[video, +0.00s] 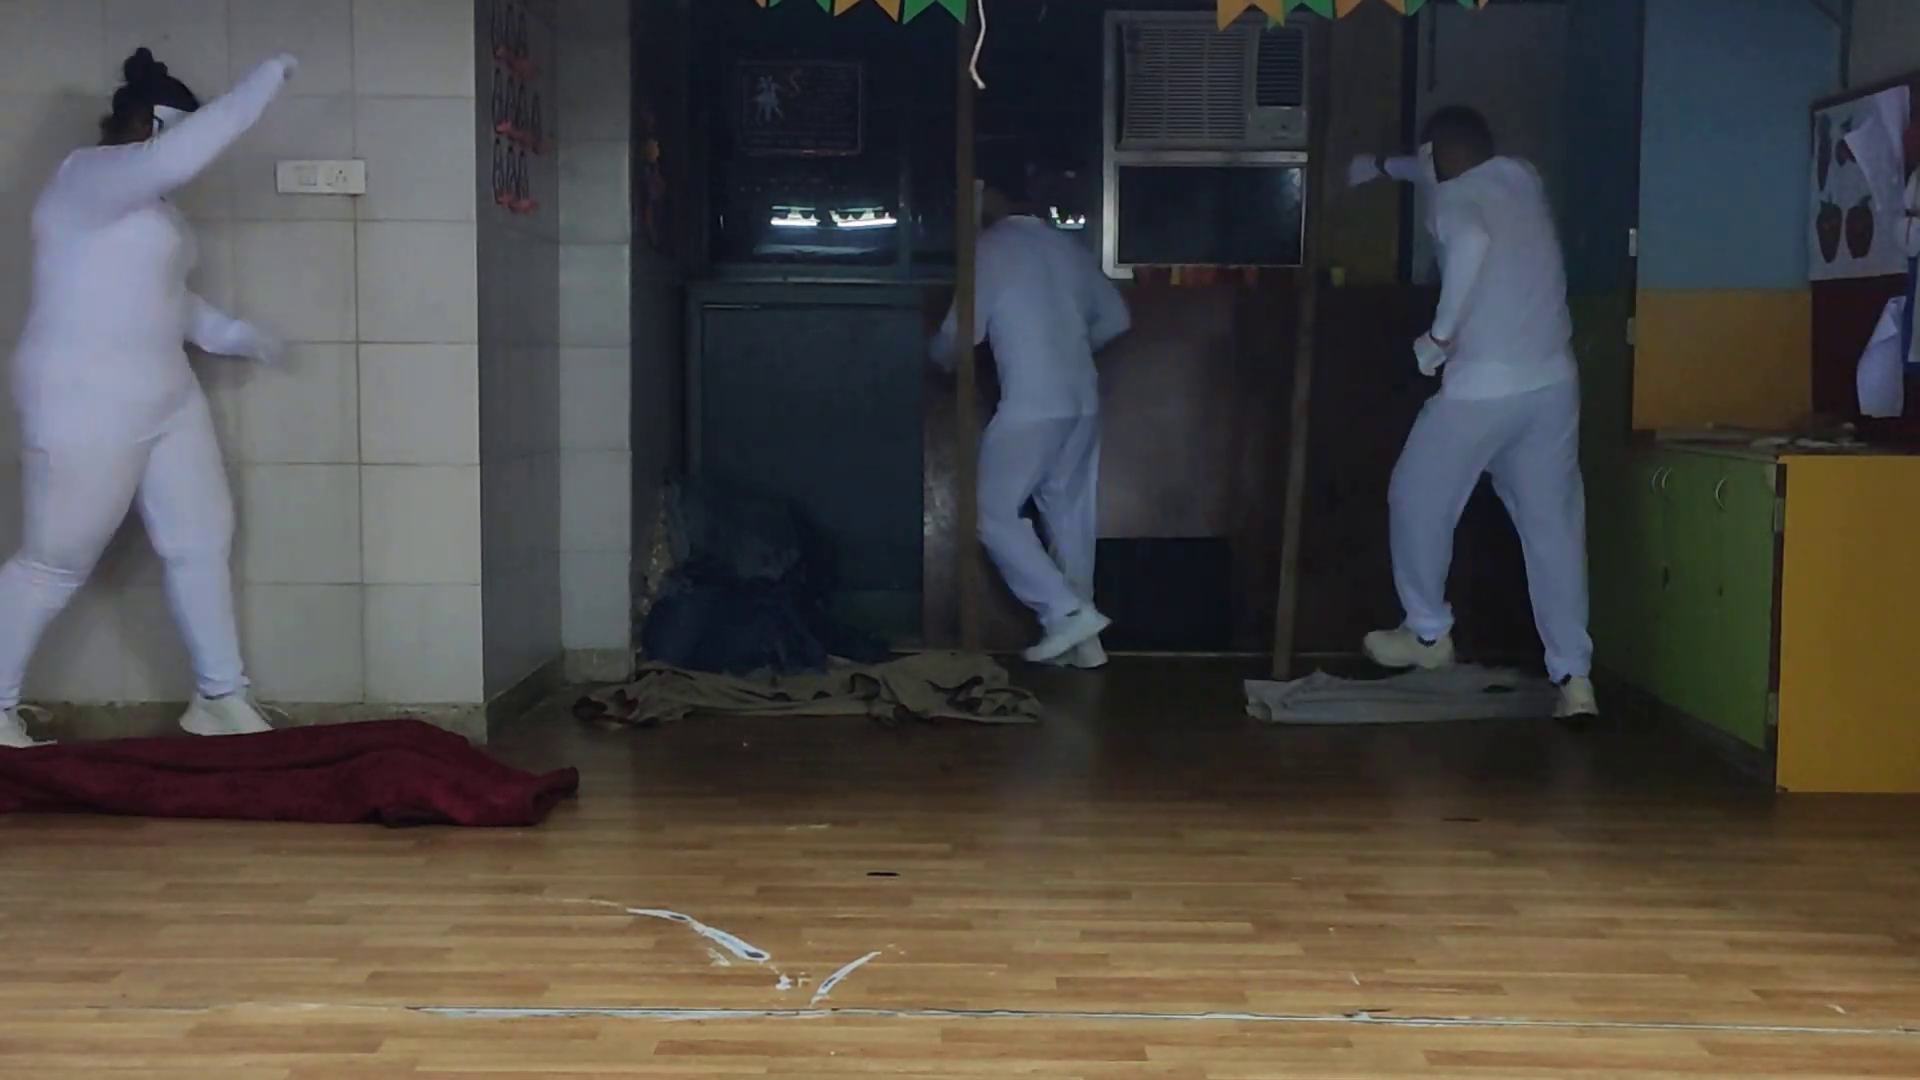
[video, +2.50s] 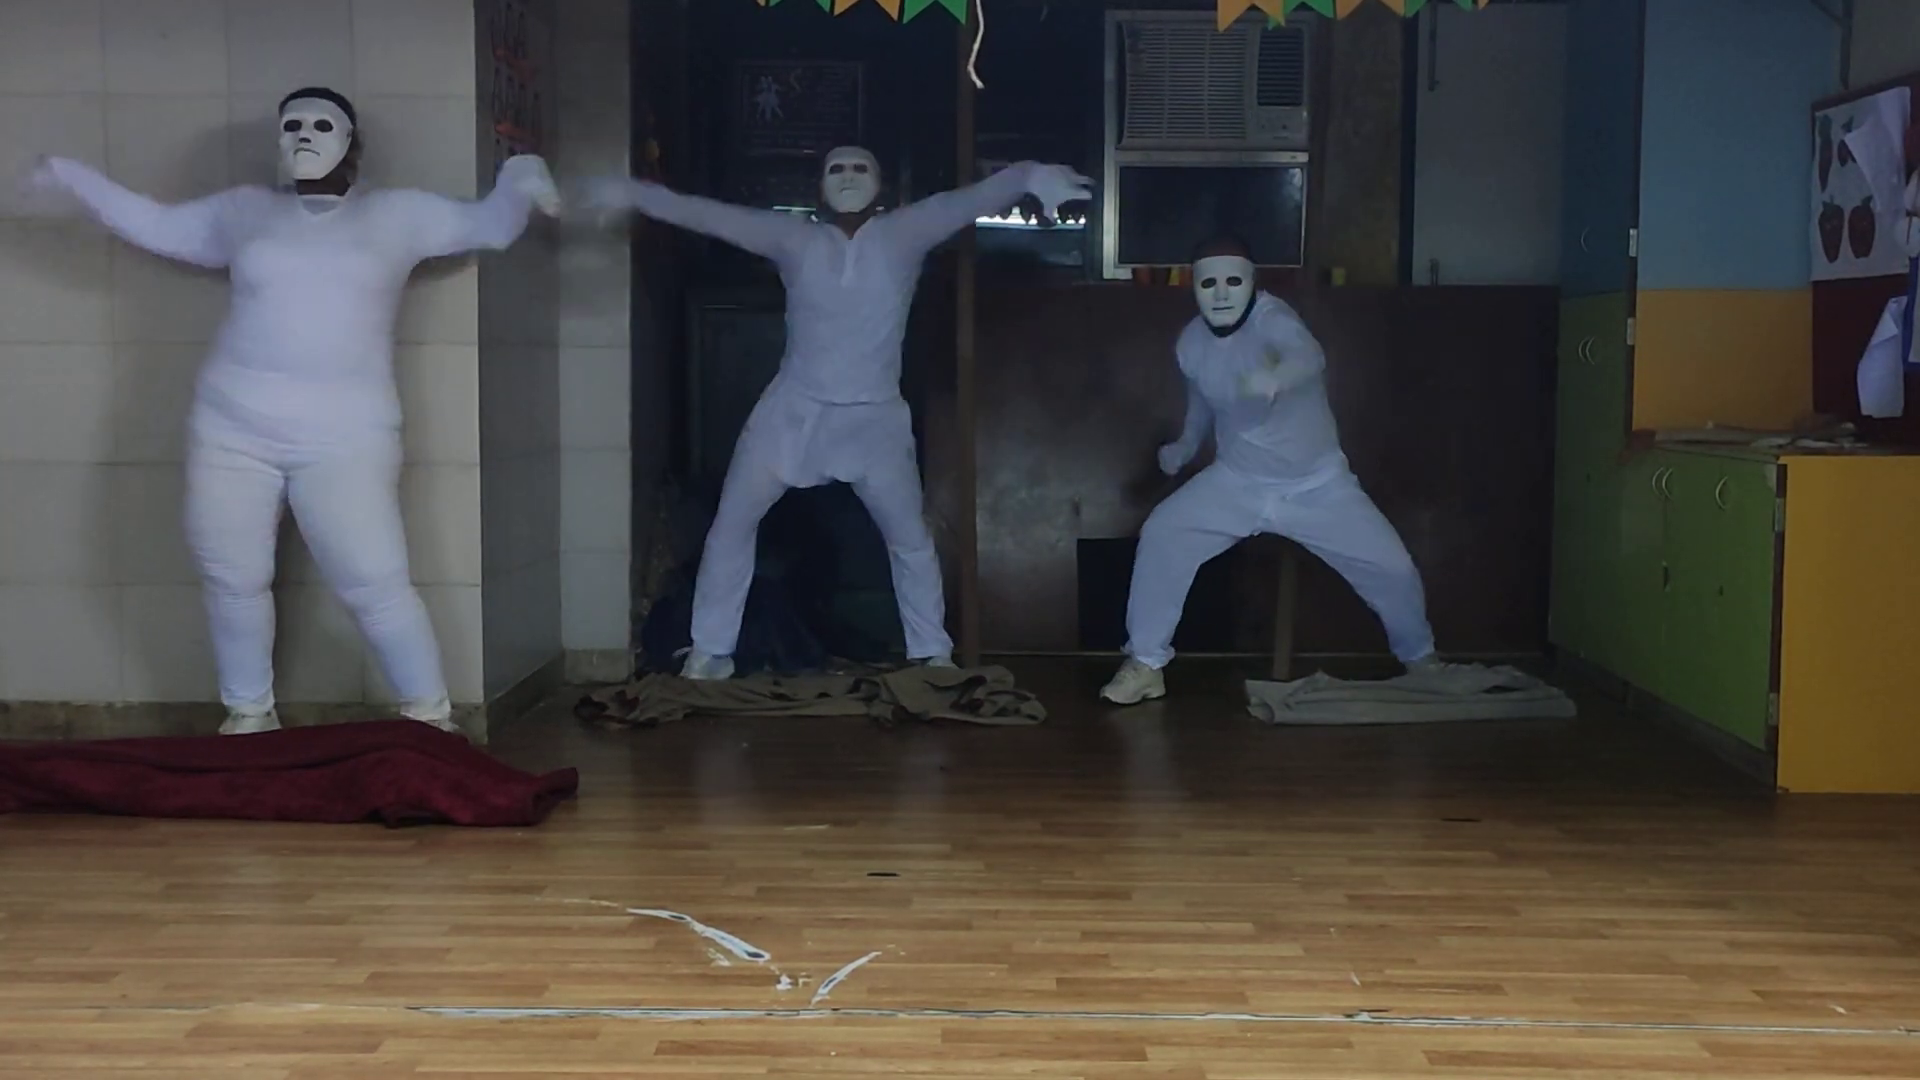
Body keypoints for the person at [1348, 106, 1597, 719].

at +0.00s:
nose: (1429, 163)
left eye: (1430, 154)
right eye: (1429, 156)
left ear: (1445, 151)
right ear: (1484, 146)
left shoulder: (1454, 192)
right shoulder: (1521, 177)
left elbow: (1470, 241)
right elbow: (1441, 163)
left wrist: (1439, 333)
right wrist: (1378, 166)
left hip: (1486, 384)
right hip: (1551, 382)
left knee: (1419, 494)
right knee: (1552, 525)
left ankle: (1426, 631)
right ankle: (1575, 676)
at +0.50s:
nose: (1264, 168)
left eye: (1273, 157)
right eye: (1264, 157)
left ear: (1304, 151)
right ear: (1311, 153)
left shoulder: (1324, 194)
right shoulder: (1344, 200)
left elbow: (1272, 247)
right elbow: (1401, 233)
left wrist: (1188, 265)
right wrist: (1405, 307)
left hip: (1358, 386)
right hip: (1312, 381)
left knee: (1345, 512)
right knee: (1247, 480)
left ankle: (1353, 646)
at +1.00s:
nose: (1283, 168)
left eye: (1295, 157)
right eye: (1271, 157)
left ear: (1314, 164)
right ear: (1254, 165)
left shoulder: (1344, 221)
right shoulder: (1228, 213)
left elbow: (1408, 245)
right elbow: (1175, 231)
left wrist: (1389, 304)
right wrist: (1191, 261)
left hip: (1321, 408)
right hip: (1243, 406)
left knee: (1348, 527)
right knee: (1207, 519)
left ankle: (1371, 644)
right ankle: (1229, 639)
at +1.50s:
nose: (1214, 214)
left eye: (1226, 203)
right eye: (1202, 203)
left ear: (1244, 206)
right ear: (1186, 210)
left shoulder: (1263, 237)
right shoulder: (1176, 263)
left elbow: (1238, 289)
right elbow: (1194, 327)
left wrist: (1153, 307)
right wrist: (1188, 362)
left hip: (1286, 426)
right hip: (1215, 424)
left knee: (1303, 548)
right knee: (1171, 542)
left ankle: (1333, 645)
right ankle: (1142, 656)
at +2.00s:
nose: (1321, 249)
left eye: (1332, 237)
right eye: (1308, 239)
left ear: (1349, 241)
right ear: (1290, 245)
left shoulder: (1372, 292)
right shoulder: (1269, 284)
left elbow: (1397, 318)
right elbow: (1215, 334)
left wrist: (1402, 379)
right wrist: (1270, 339)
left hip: (1339, 456)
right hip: (1257, 455)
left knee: (1387, 557)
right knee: (1206, 553)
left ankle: (1422, 658)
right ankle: (1156, 658)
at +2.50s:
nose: (1221, 294)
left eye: (1233, 282)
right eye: (1208, 283)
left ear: (1252, 285)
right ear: (1194, 289)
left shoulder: (1272, 318)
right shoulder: (1192, 344)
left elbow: (1310, 358)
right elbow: (1199, 400)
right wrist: (1185, 446)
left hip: (1317, 486)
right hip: (1235, 483)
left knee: (1395, 570)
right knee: (1163, 535)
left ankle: (1421, 661)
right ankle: (1145, 665)